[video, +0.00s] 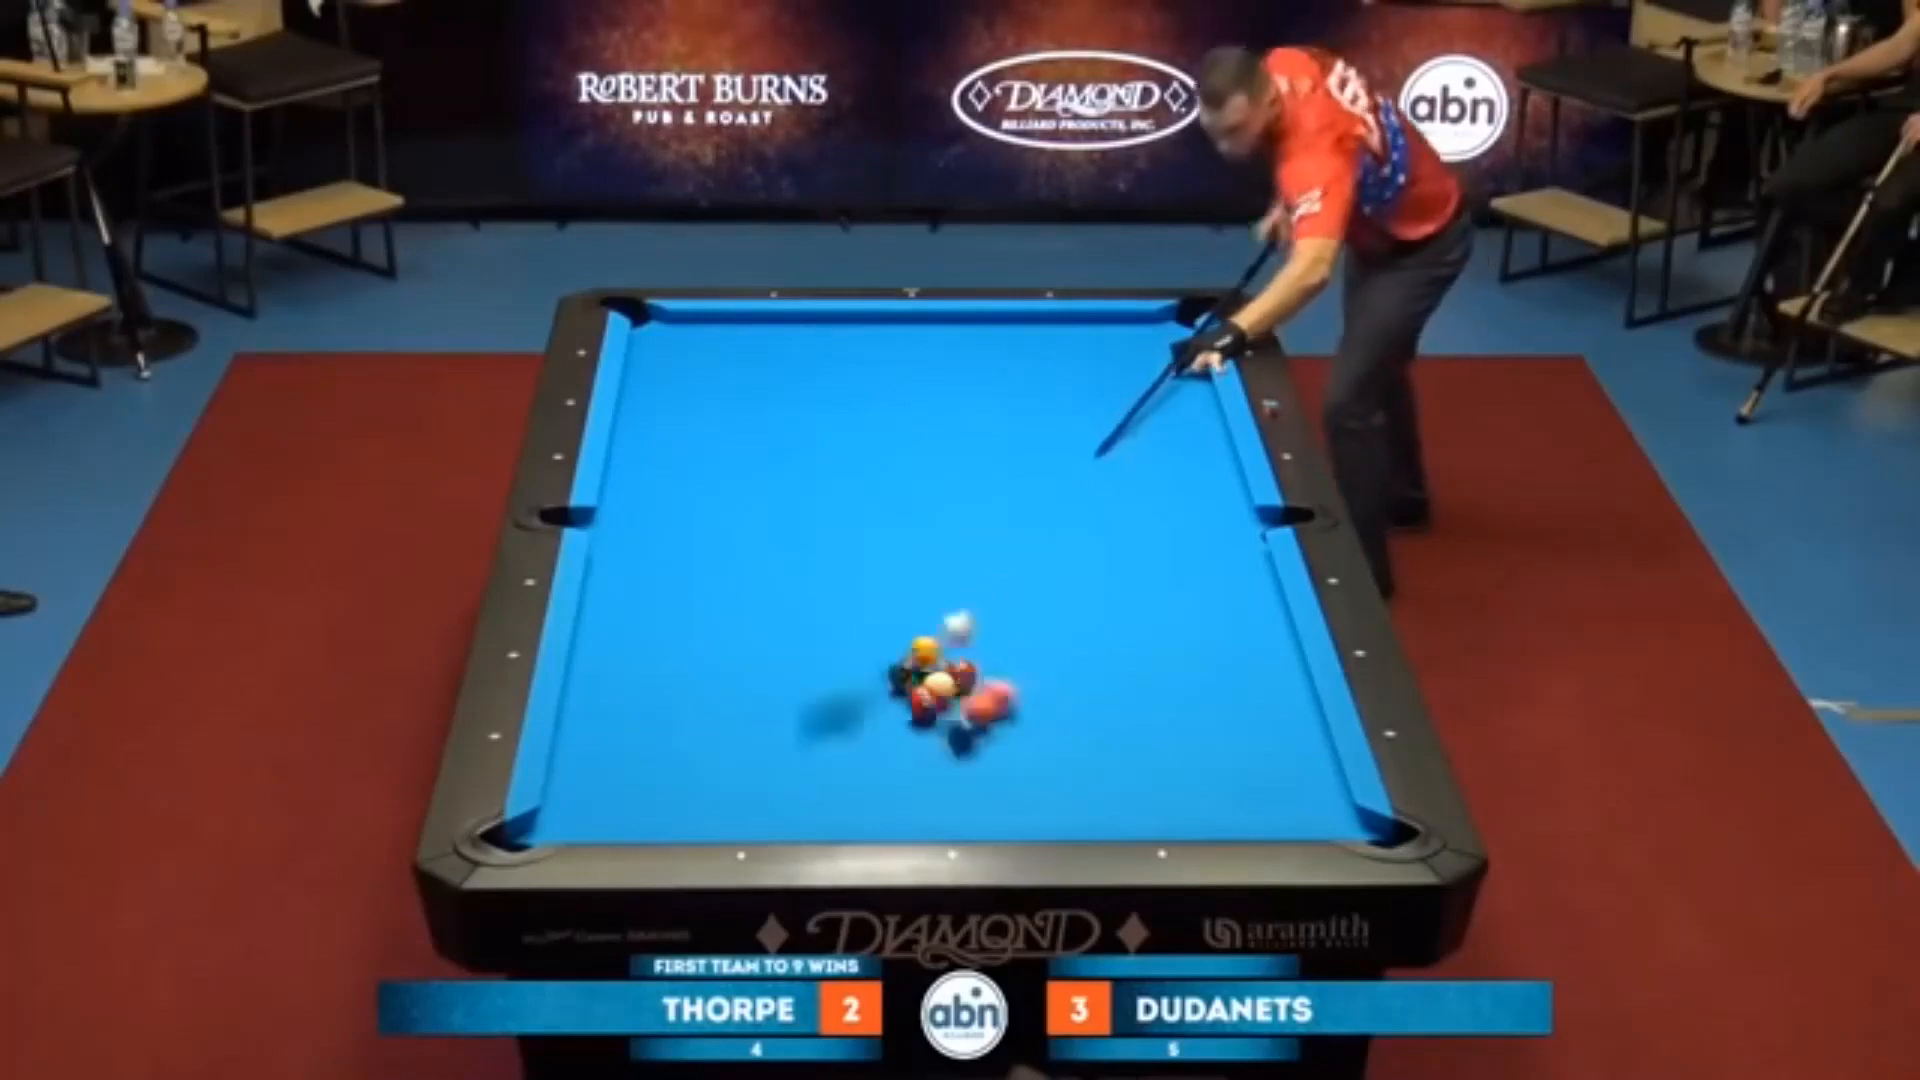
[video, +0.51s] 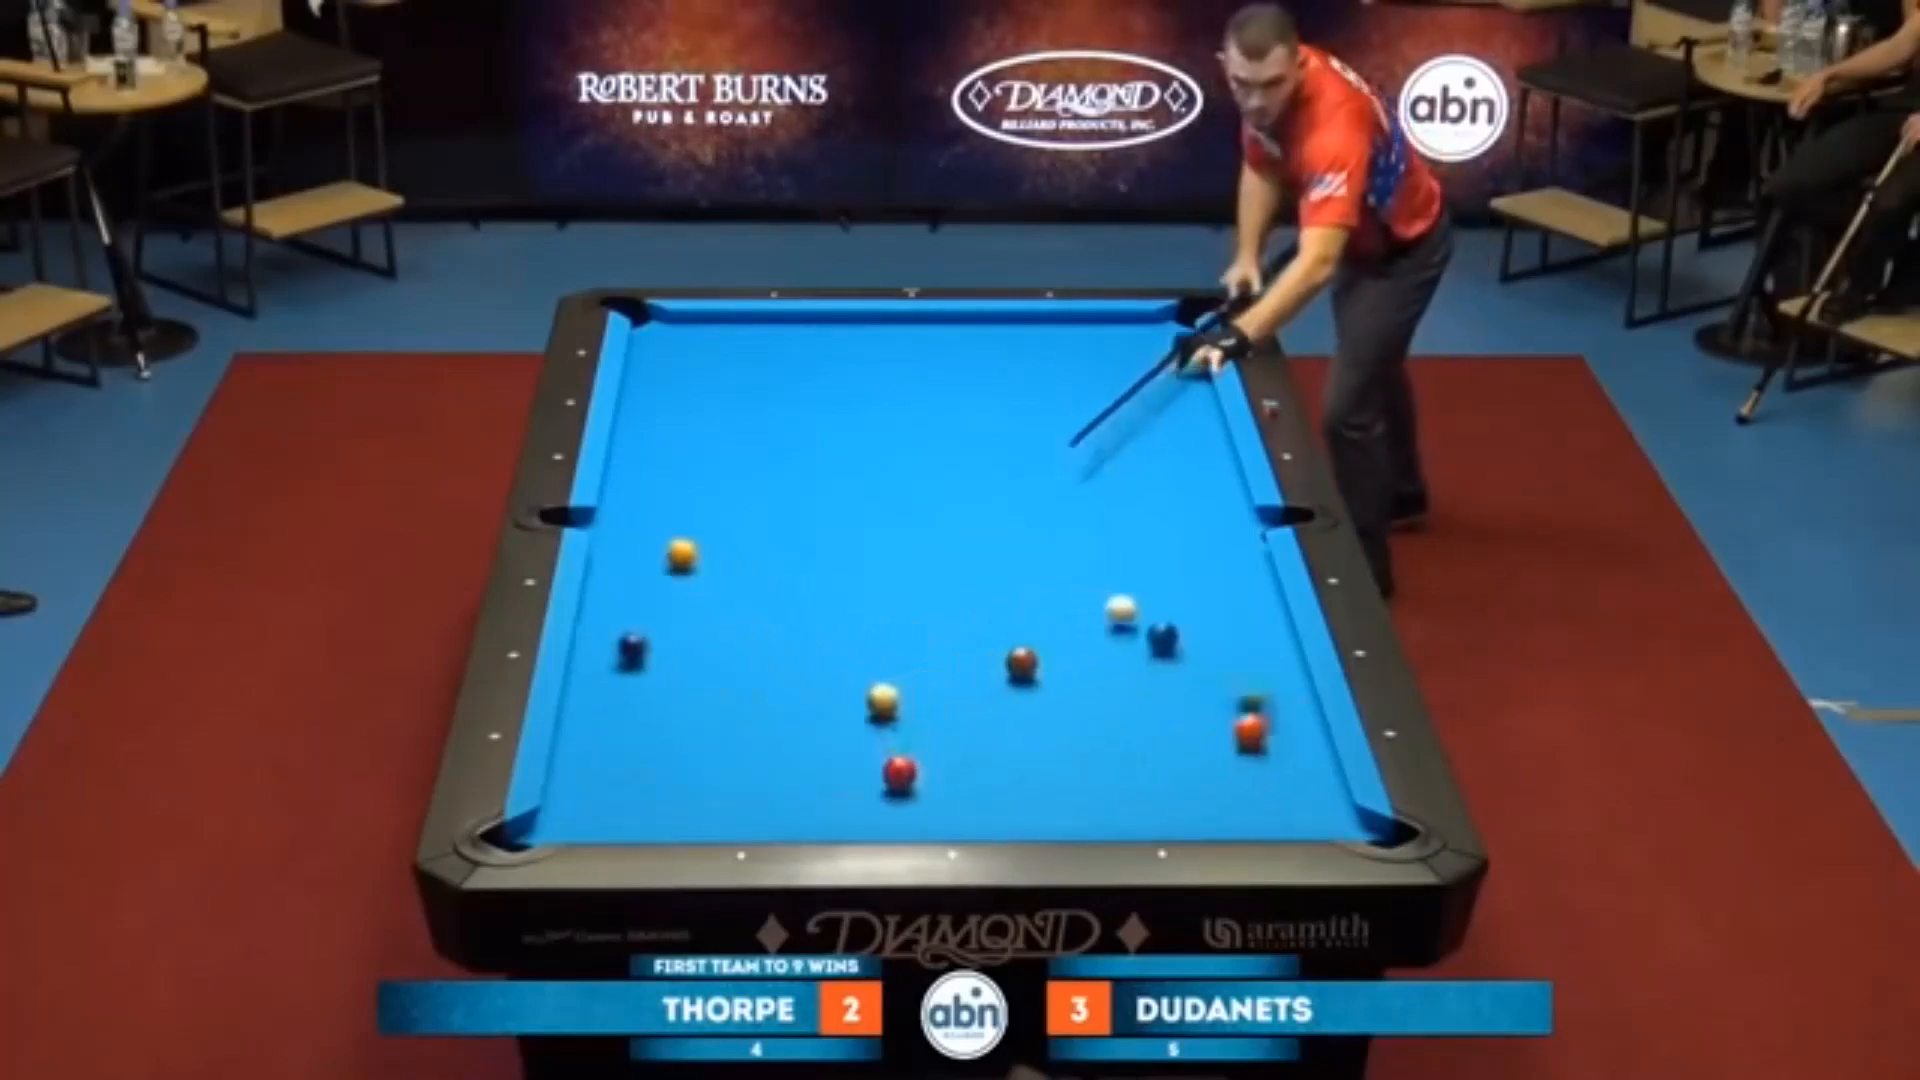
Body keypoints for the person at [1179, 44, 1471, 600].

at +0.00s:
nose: (1226, 145)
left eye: (1235, 132)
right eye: (1216, 134)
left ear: (1270, 101)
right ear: (1202, 111)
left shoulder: (1316, 143)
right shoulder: (1284, 64)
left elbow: (1313, 267)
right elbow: (1311, 133)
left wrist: (1231, 335)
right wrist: (1290, 200)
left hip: (1425, 237)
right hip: (1370, 227)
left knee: (1347, 405)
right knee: (1378, 366)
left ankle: (1368, 573)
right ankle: (1405, 497)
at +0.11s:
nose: (1233, 112)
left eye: (1243, 97)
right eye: (1221, 100)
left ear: (1275, 73)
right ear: (1209, 80)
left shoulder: (1319, 123)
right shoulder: (1284, 54)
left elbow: (1313, 260)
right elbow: (1285, 137)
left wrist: (1233, 332)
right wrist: (1259, 214)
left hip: (1420, 240)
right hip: (1363, 231)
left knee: (1351, 407)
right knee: (1379, 366)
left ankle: (1368, 574)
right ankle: (1403, 493)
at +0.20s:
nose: (1238, 107)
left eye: (1248, 92)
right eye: (1225, 95)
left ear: (1279, 68)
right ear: (1216, 75)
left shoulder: (1321, 121)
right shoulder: (1283, 52)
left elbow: (1312, 261)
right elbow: (1279, 140)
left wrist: (1232, 335)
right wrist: (1255, 220)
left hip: (1417, 240)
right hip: (1359, 230)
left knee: (1349, 409)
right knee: (1376, 365)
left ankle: (1368, 575)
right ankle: (1403, 492)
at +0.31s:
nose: (1244, 106)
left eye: (1256, 89)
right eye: (1232, 91)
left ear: (1287, 69)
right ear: (1219, 75)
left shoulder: (1326, 117)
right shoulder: (1277, 61)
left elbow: (1315, 260)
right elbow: (1272, 148)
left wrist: (1232, 337)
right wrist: (1252, 232)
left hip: (1411, 241)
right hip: (1357, 232)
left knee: (1348, 413)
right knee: (1375, 368)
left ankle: (1367, 574)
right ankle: (1402, 491)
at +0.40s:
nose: (1247, 103)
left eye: (1261, 88)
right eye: (1235, 88)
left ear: (1291, 67)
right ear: (1221, 70)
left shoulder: (1329, 116)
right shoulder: (1262, 69)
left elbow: (1317, 258)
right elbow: (1265, 158)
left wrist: (1234, 337)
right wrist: (1249, 243)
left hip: (1409, 241)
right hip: (1351, 235)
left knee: (1347, 414)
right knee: (1376, 369)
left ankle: (1367, 575)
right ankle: (1402, 491)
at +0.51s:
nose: (1256, 101)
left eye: (1271, 85)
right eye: (1243, 86)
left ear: (1298, 64)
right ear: (1226, 66)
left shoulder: (1335, 118)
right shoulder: (1254, 80)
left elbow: (1319, 261)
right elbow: (1260, 165)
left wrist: (1237, 337)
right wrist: (1247, 256)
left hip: (1406, 242)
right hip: (1347, 237)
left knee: (1347, 414)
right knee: (1376, 371)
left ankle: (1367, 575)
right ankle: (1402, 493)